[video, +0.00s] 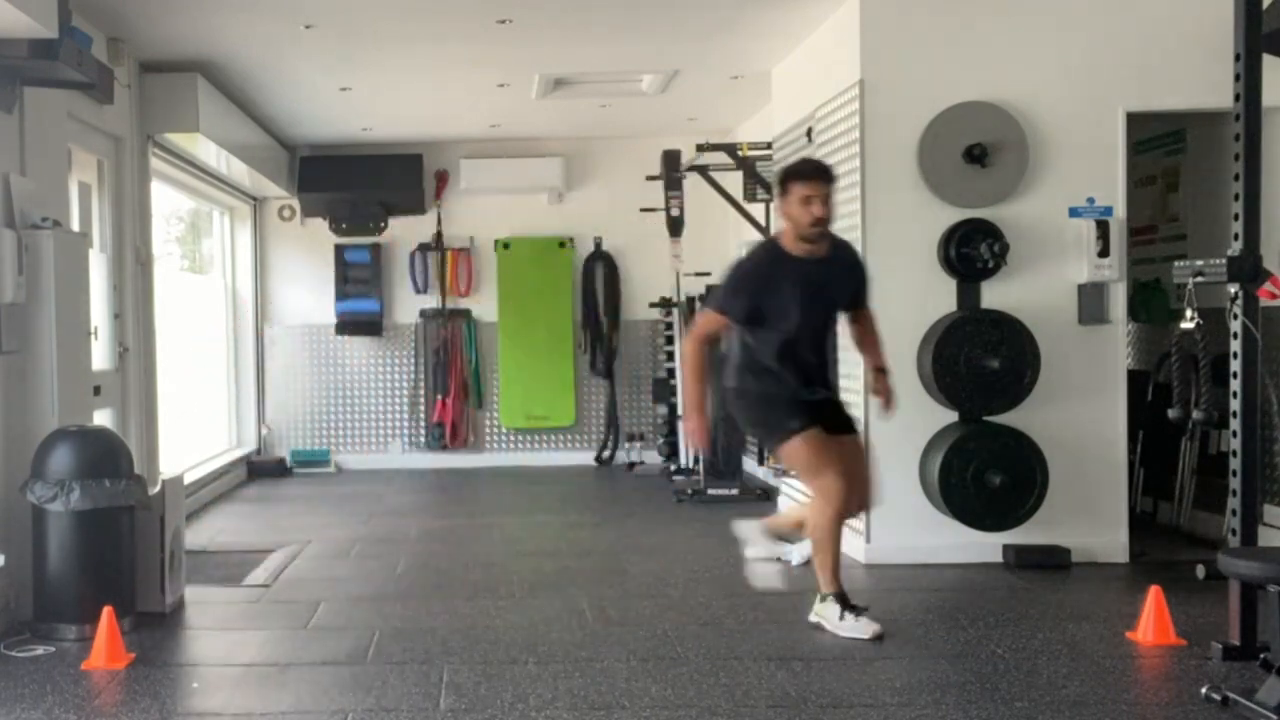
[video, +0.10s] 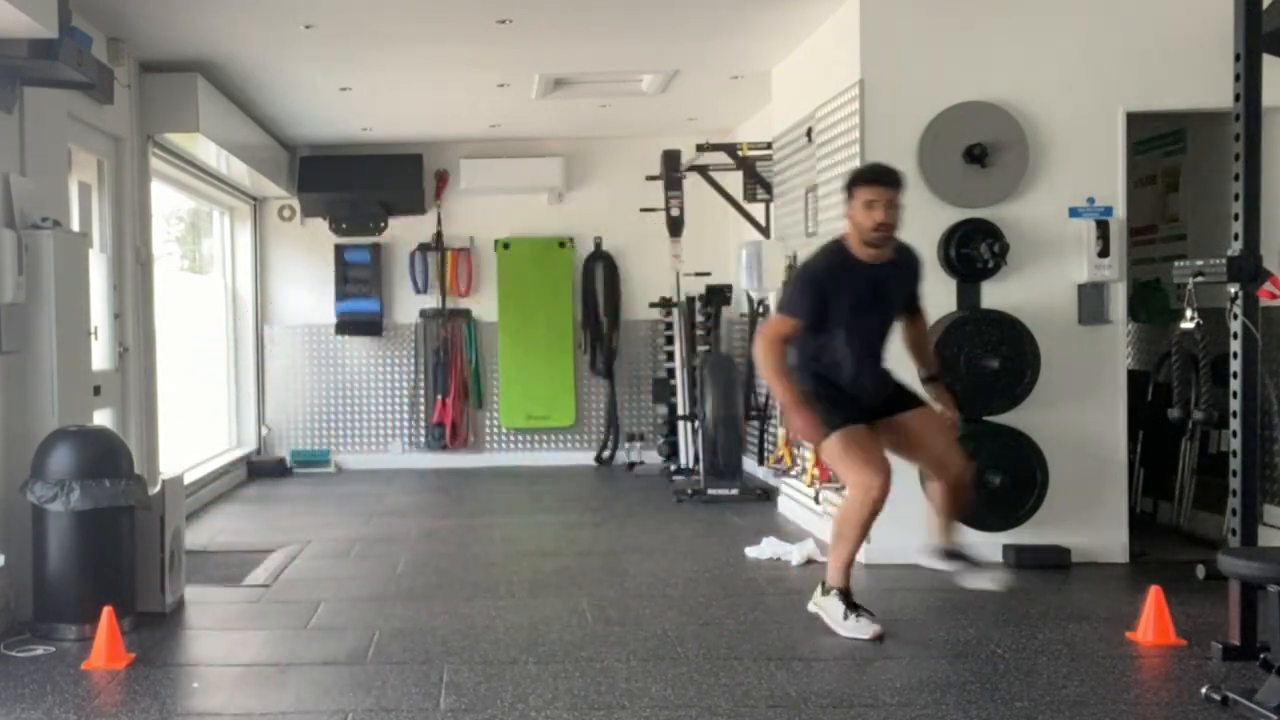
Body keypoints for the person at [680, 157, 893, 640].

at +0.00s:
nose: (820, 211)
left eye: (825, 201)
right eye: (808, 201)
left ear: (833, 204)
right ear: (782, 205)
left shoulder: (843, 261)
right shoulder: (758, 268)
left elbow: (859, 316)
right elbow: (697, 336)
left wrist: (878, 368)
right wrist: (693, 414)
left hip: (817, 388)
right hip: (763, 390)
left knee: (856, 494)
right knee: (829, 484)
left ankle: (766, 533)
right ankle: (830, 601)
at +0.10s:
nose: (884, 216)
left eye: (891, 206)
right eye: (871, 206)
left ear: (898, 209)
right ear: (848, 211)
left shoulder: (904, 262)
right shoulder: (821, 270)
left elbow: (913, 321)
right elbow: (767, 342)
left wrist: (933, 380)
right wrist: (793, 408)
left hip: (872, 383)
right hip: (818, 389)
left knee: (949, 458)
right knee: (869, 479)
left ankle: (942, 548)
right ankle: (832, 593)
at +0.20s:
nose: (941, 236)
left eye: (951, 225)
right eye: (929, 226)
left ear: (963, 228)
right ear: (908, 230)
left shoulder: (965, 275)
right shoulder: (881, 285)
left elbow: (964, 326)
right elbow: (825, 356)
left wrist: (971, 374)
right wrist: (886, 385)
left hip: (938, 389)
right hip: (871, 394)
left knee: (1008, 480)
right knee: (896, 470)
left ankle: (1070, 568)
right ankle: (861, 581)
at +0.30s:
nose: (984, 269)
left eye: (994, 257)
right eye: (972, 258)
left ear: (1009, 258)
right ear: (952, 263)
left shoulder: (1017, 302)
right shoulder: (929, 310)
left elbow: (1018, 350)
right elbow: (874, 387)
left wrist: (1020, 393)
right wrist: (935, 382)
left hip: (988, 409)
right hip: (921, 418)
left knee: (1057, 496)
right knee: (938, 488)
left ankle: (1086, 579)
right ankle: (942, 584)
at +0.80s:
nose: (882, 259)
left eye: (892, 247)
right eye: (871, 248)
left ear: (907, 246)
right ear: (854, 248)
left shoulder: (927, 280)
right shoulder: (833, 295)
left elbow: (947, 319)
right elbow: (771, 356)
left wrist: (955, 358)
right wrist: (785, 380)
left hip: (922, 396)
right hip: (865, 418)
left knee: (936, 479)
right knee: (912, 513)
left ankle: (988, 551)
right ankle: (982, 571)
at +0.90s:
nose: (833, 247)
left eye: (843, 234)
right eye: (822, 236)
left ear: (856, 234)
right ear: (806, 239)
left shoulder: (877, 275)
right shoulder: (784, 286)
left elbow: (908, 323)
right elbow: (728, 353)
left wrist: (931, 370)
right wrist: (777, 369)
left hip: (861, 383)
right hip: (811, 405)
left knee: (852, 464)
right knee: (877, 495)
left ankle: (855, 568)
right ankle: (961, 565)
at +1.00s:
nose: (774, 243)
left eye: (783, 231)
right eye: (763, 233)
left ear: (796, 230)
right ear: (749, 233)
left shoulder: (823, 280)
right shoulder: (726, 284)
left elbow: (869, 335)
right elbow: (680, 343)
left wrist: (903, 395)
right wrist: (706, 407)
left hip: (806, 398)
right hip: (746, 407)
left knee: (809, 494)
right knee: (777, 507)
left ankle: (816, 594)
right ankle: (849, 528)